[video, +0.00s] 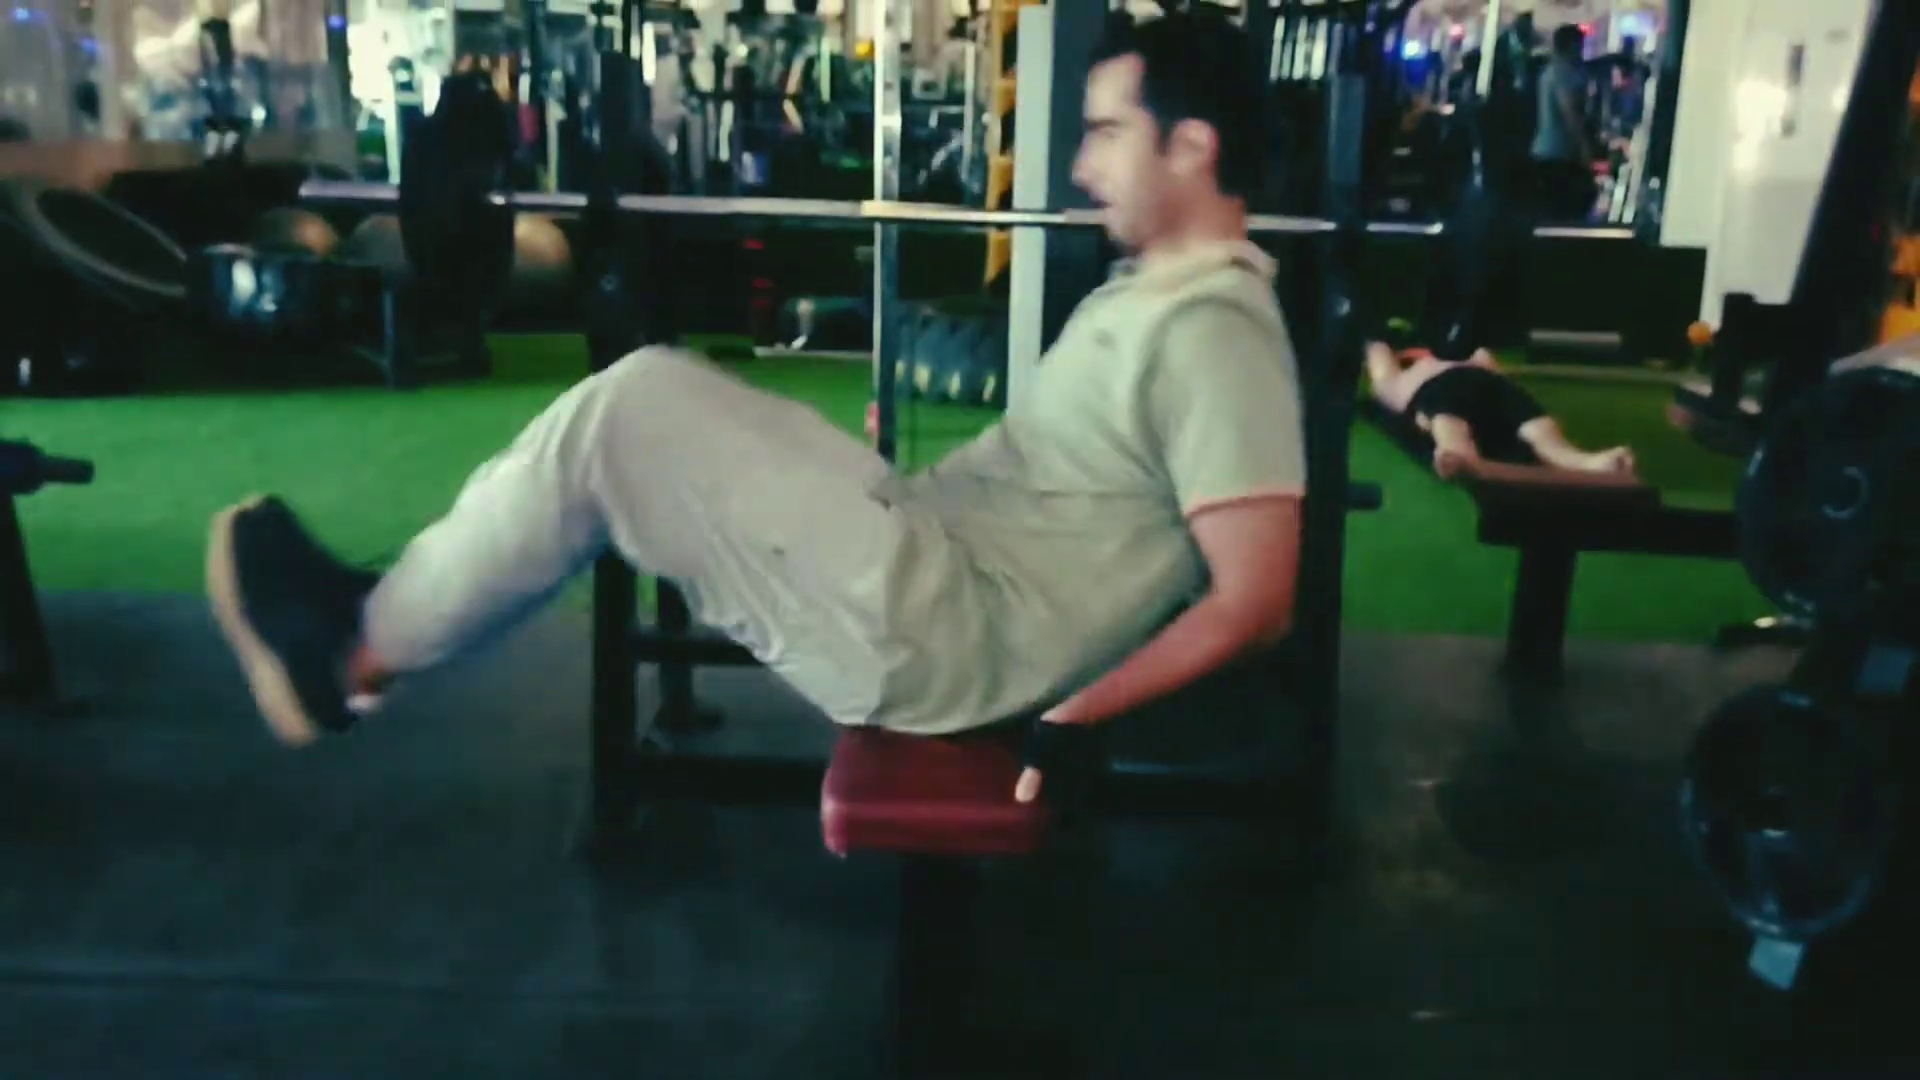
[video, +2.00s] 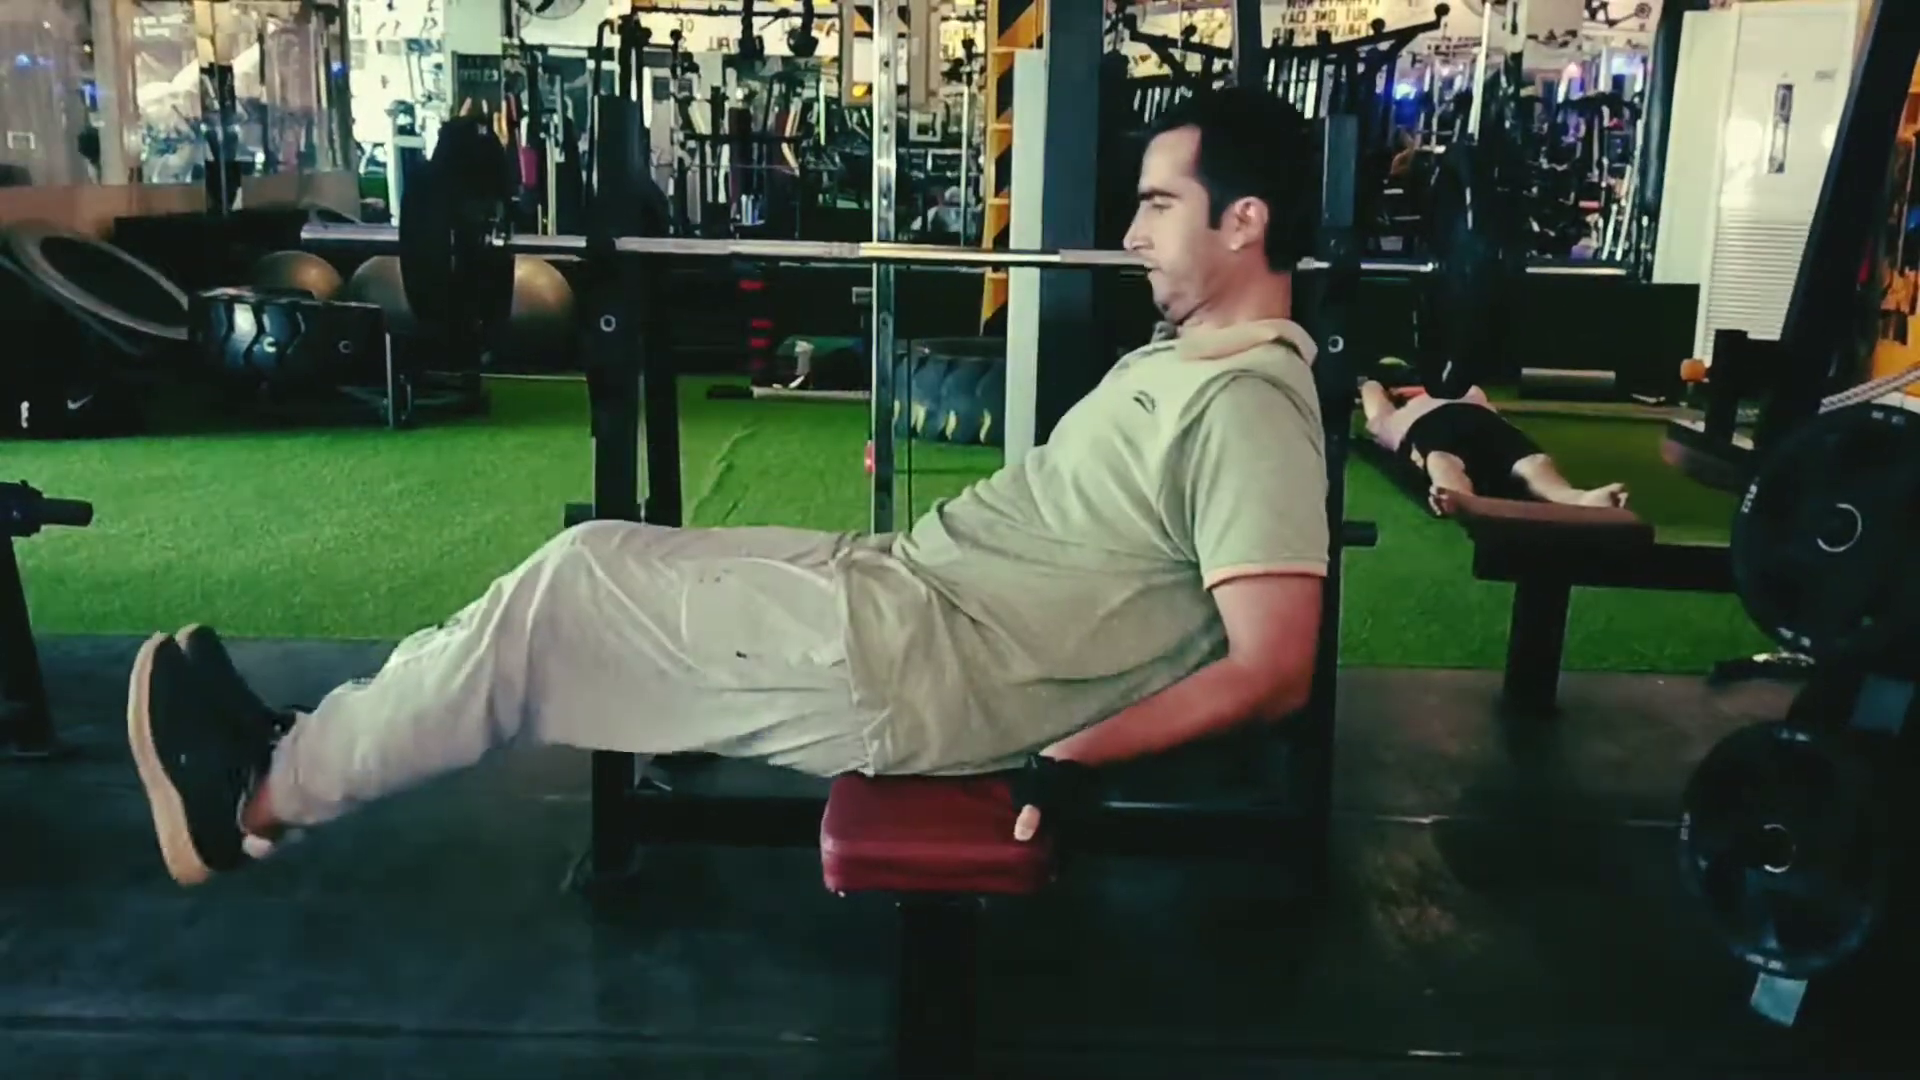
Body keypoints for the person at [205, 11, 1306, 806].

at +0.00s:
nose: (1084, 165)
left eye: (1107, 137)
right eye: (1088, 137)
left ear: (1197, 150)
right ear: (1176, 152)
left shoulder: (1216, 324)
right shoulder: (1159, 294)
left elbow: (1255, 598)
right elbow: (1077, 488)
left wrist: (1058, 716)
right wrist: (909, 493)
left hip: (956, 639)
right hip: (937, 585)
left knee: (634, 410)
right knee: (651, 390)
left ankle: (350, 660)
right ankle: (371, 633)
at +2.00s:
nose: (1137, 234)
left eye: (1161, 208)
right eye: (1141, 208)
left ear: (1249, 226)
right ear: (1229, 231)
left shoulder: (1252, 393)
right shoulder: (1191, 363)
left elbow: (1271, 667)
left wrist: (1058, 761)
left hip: (931, 661)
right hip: (903, 590)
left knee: (566, 603)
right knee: (587, 559)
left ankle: (250, 810)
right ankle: (287, 762)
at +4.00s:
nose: (1112, 247)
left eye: (1137, 220)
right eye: (1117, 221)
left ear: (1226, 241)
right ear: (1206, 244)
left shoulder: (1242, 412)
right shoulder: (1174, 377)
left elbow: (1253, 675)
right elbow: (1095, 569)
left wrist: (1057, 795)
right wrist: (920, 576)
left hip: (963, 706)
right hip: (933, 648)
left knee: (627, 520)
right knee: (616, 525)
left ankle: (326, 751)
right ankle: (331, 744)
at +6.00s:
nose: (881, 227)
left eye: (894, 193)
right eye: (879, 196)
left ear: (979, 194)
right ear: (977, 196)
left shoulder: (1057, 354)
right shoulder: (1007, 340)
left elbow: (1184, 609)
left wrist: (1027, 800)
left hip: (941, 733)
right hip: (919, 704)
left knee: (751, 383)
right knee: (734, 385)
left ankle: (498, 670)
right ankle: (501, 642)